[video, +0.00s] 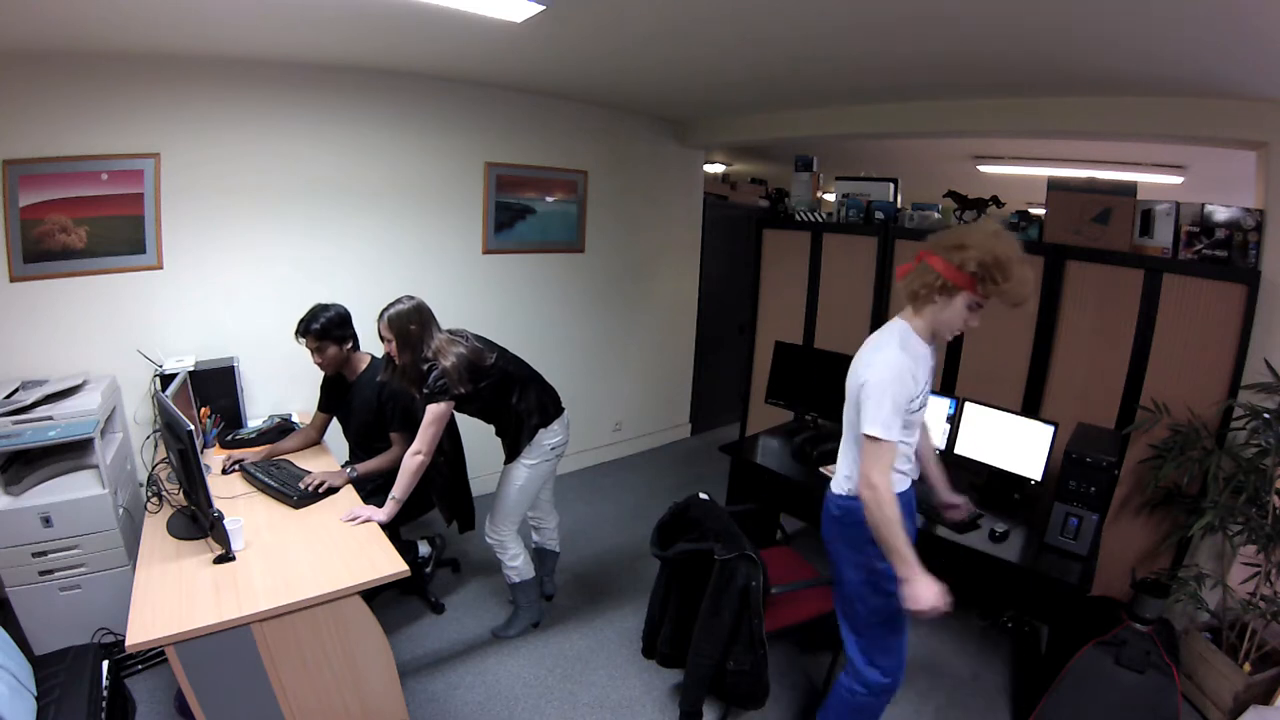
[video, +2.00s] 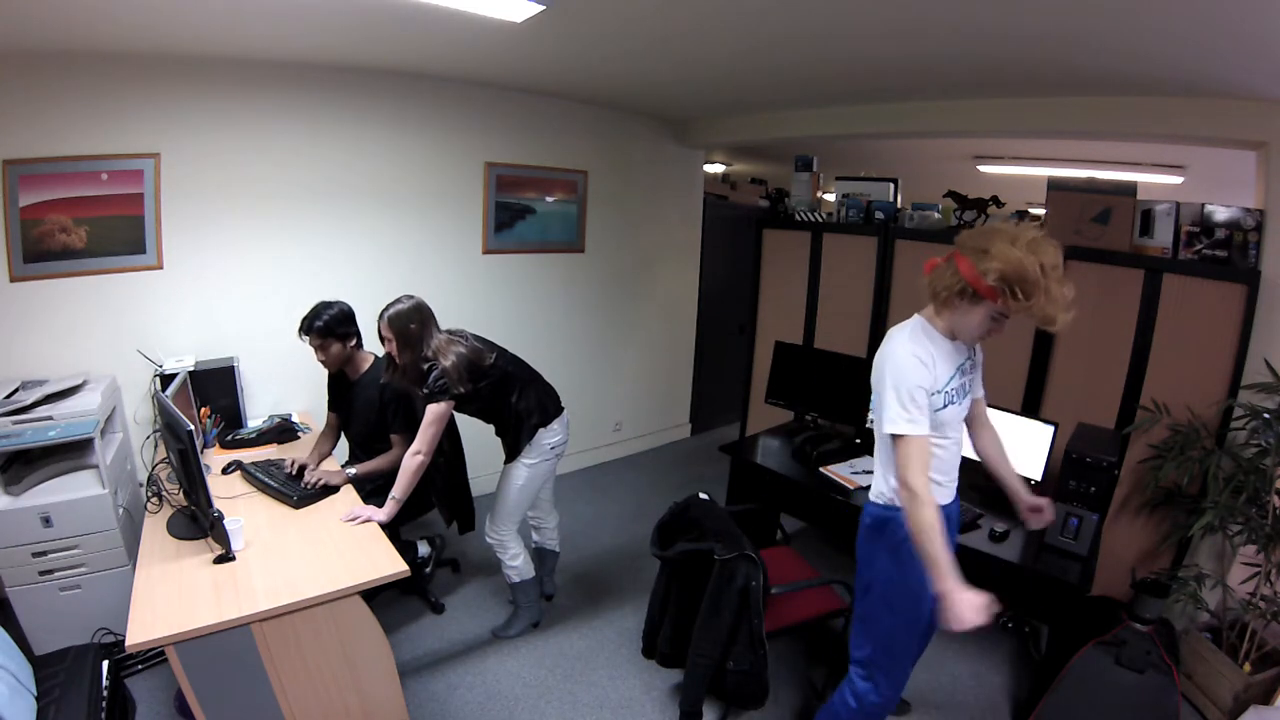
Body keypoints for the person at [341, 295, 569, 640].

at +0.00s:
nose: (386, 349)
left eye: (389, 341)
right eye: (384, 341)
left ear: (411, 338)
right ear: (420, 331)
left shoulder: (444, 369)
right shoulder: (450, 340)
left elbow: (420, 452)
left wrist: (388, 509)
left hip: (539, 433)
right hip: (547, 421)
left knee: (500, 530)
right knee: (541, 507)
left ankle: (528, 607)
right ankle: (546, 581)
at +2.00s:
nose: (387, 349)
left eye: (389, 341)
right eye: (384, 340)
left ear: (411, 338)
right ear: (421, 330)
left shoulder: (443, 370)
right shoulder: (450, 340)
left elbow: (420, 452)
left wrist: (388, 509)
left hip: (539, 433)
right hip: (547, 421)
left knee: (501, 530)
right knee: (541, 508)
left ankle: (528, 607)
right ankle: (546, 581)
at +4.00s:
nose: (384, 343)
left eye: (388, 335)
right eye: (383, 335)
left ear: (411, 335)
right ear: (420, 330)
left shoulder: (442, 369)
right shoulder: (448, 341)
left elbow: (420, 452)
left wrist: (388, 509)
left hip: (537, 432)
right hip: (546, 420)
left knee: (500, 530)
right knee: (542, 507)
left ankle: (527, 609)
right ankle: (546, 581)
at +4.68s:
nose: (387, 334)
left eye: (394, 328)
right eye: (389, 326)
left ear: (418, 332)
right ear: (422, 329)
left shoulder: (443, 370)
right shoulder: (447, 343)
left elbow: (421, 451)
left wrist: (388, 509)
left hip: (537, 430)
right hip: (543, 419)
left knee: (500, 529)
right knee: (542, 507)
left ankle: (527, 609)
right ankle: (545, 581)